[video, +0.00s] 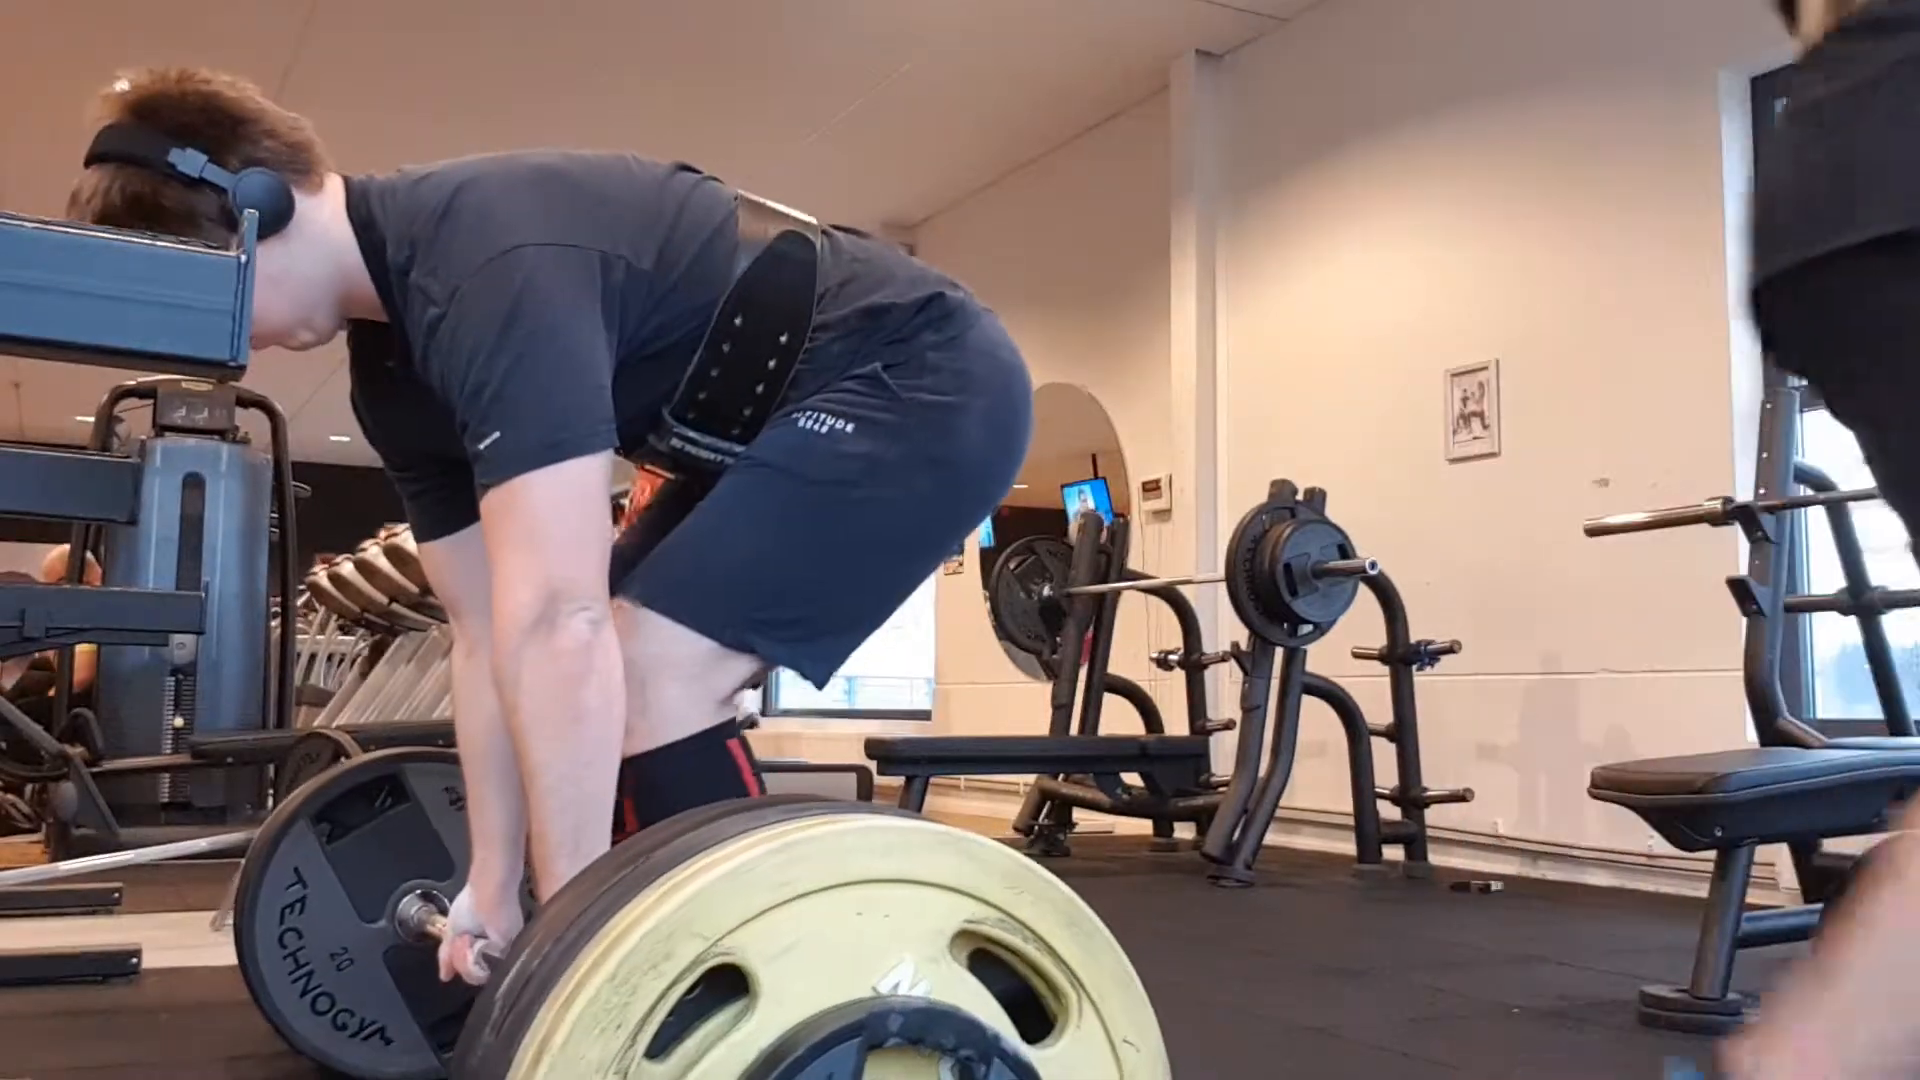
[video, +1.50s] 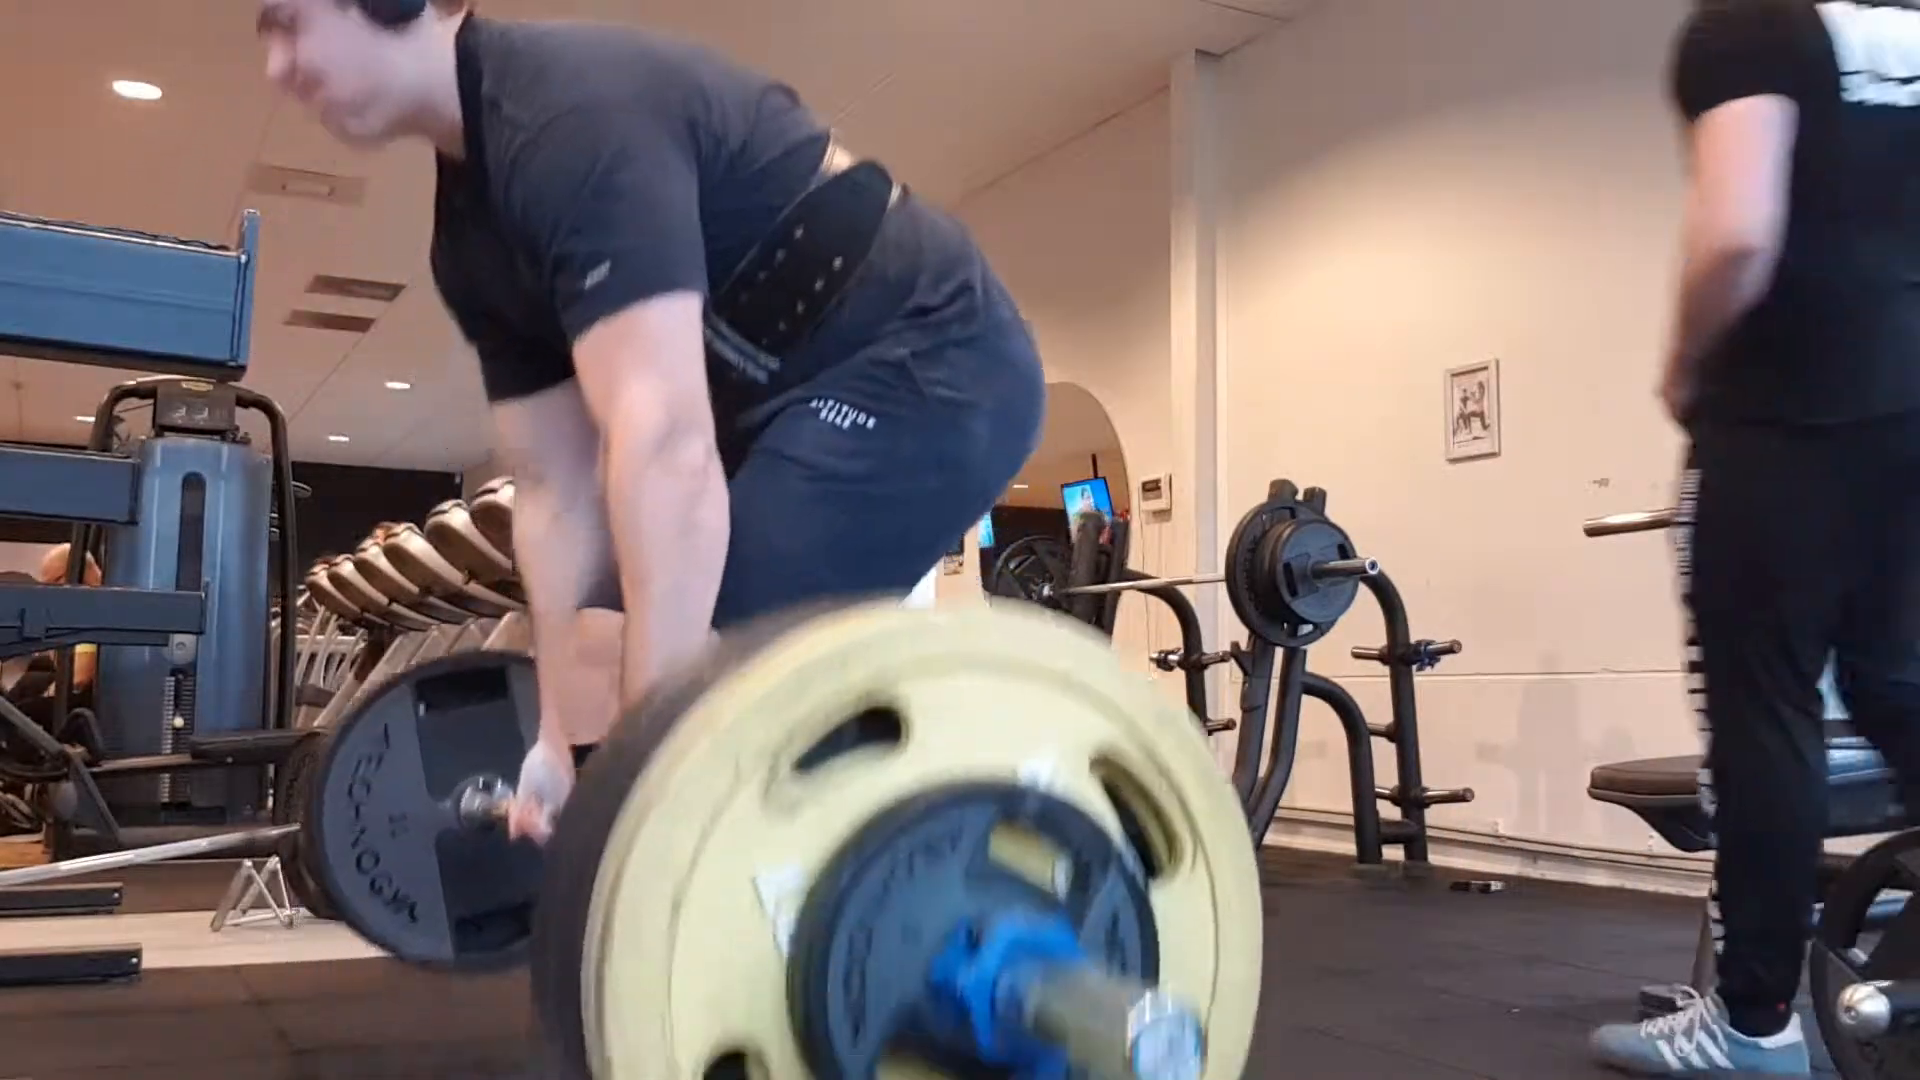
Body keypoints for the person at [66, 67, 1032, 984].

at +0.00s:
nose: (236, 337)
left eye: (216, 290)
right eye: (206, 311)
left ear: (252, 207)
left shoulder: (497, 259)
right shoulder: (391, 363)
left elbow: (562, 625)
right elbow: (483, 632)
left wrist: (578, 934)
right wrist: (494, 888)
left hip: (906, 369)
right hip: (799, 411)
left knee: (651, 684)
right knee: (610, 677)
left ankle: (751, 1009)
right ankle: (714, 1010)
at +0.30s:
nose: (263, 346)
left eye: (244, 304)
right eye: (235, 326)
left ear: (288, 227)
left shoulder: (533, 268)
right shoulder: (432, 370)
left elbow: (596, 623)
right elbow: (504, 631)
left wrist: (589, 932)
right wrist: (491, 889)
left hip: (940, 367)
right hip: (829, 411)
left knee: (693, 676)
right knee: (646, 671)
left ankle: (783, 1007)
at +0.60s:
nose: (288, 340)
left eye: (272, 297)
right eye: (260, 324)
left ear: (317, 218)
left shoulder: (537, 290)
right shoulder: (440, 383)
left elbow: (624, 625)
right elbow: (528, 634)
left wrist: (630, 929)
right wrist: (524, 880)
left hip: (934, 461)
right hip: (820, 488)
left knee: (617, 707)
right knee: (546, 696)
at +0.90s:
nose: (271, 296)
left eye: (258, 247)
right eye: (245, 268)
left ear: (331, 167)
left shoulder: (543, 275)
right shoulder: (439, 365)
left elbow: (635, 600)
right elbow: (540, 611)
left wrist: (648, 908)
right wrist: (542, 861)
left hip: (913, 470)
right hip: (807, 498)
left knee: (574, 695)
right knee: (501, 692)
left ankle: (705, 986)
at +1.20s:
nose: (264, 215)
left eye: (260, 172)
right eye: (243, 192)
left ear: (339, 106)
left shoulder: (550, 234)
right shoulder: (445, 334)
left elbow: (653, 568)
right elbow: (547, 581)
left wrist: (668, 890)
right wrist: (553, 849)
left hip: (917, 416)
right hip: (814, 448)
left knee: (611, 676)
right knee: (539, 676)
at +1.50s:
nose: (276, 68)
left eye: (289, 23)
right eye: (268, 37)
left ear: (405, 2)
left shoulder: (581, 116)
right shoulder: (470, 221)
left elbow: (667, 446)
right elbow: (549, 483)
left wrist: (670, 756)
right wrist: (561, 735)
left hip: (915, 364)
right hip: (787, 403)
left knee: (722, 694)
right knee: (592, 645)